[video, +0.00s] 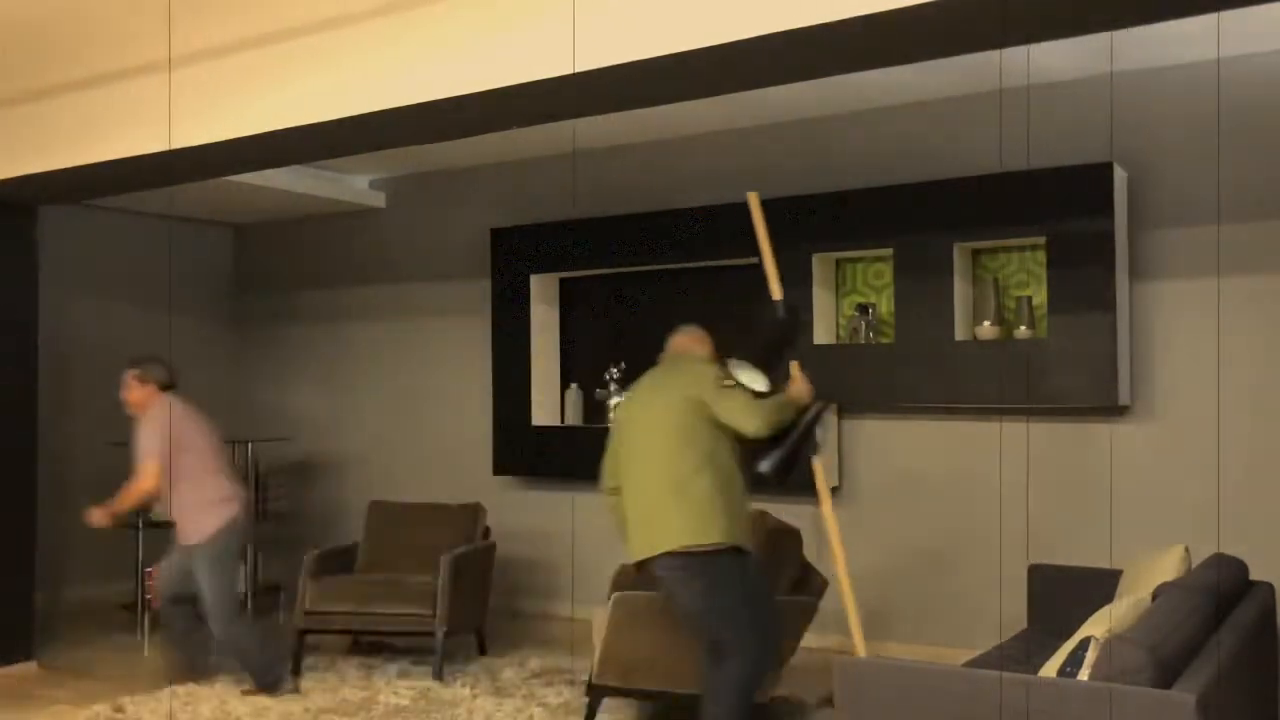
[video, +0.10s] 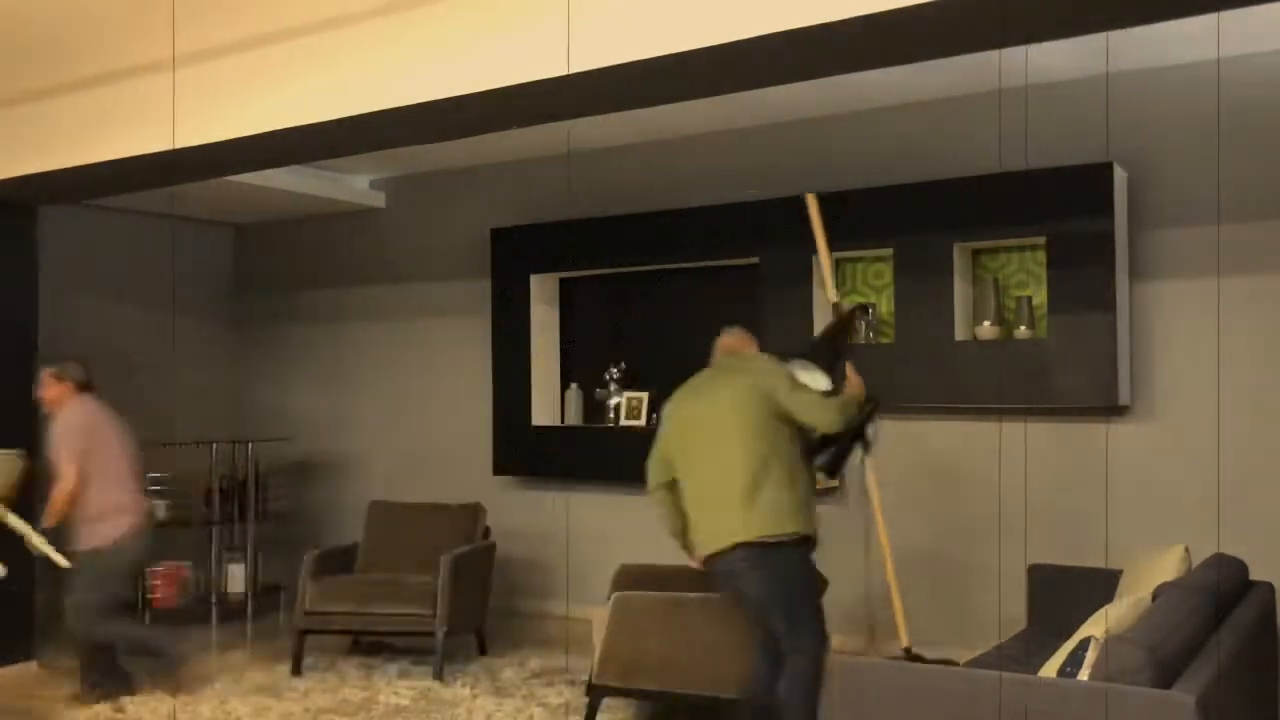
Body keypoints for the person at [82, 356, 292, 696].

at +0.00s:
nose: (123, 396)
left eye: (128, 387)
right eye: (123, 388)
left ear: (147, 386)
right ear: (151, 386)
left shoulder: (157, 413)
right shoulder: (175, 410)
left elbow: (149, 480)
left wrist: (109, 510)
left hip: (212, 525)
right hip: (214, 523)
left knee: (223, 620)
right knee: (166, 585)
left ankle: (272, 674)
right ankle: (193, 669)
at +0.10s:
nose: (39, 394)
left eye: (45, 385)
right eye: (40, 386)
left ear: (65, 385)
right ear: (70, 386)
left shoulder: (69, 417)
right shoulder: (101, 411)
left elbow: (68, 481)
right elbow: (124, 472)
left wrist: (44, 527)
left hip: (101, 535)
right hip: (127, 530)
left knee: (82, 615)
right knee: (97, 609)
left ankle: (164, 652)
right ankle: (106, 680)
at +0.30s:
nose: (103, 377)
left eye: (104, 367)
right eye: (96, 366)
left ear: (68, 365)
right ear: (64, 363)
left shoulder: (67, 416)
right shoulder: (28, 416)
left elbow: (97, 458)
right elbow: (37, 506)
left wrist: (161, 458)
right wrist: (112, 537)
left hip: (51, 559)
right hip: (16, 564)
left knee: (87, 647)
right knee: (68, 646)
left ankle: (90, 712)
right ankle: (16, 707)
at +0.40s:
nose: (190, 389)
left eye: (190, 378)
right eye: (185, 378)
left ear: (157, 377)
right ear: (158, 375)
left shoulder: (141, 424)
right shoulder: (125, 428)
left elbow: (183, 471)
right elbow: (130, 516)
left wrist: (250, 467)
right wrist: (193, 545)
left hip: (118, 569)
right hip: (96, 574)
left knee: (165, 647)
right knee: (172, 650)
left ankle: (130, 712)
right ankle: (177, 711)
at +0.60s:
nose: (306, 409)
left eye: (307, 399)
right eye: (306, 399)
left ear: (260, 390)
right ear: (289, 393)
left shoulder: (226, 428)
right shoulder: (275, 429)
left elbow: (237, 522)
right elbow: (339, 476)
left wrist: (302, 559)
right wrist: (411, 495)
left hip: (180, 575)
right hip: (218, 570)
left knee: (277, 641)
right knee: (310, 637)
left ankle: (272, 712)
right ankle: (276, 712)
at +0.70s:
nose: (347, 430)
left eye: (349, 423)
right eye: (347, 421)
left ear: (308, 410)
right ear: (330, 414)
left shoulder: (259, 440)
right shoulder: (334, 445)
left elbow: (270, 518)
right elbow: (386, 513)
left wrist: (339, 542)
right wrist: (444, 556)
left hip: (223, 574)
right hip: (283, 569)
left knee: (283, 645)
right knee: (361, 644)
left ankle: (279, 716)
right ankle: (387, 713)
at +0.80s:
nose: (396, 461)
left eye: (397, 452)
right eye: (395, 452)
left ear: (353, 441)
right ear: (383, 447)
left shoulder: (303, 454)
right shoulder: (386, 481)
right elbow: (402, 569)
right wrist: (434, 631)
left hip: (262, 580)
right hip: (334, 587)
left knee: (275, 647)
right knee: (401, 659)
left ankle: (267, 713)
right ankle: (425, 713)